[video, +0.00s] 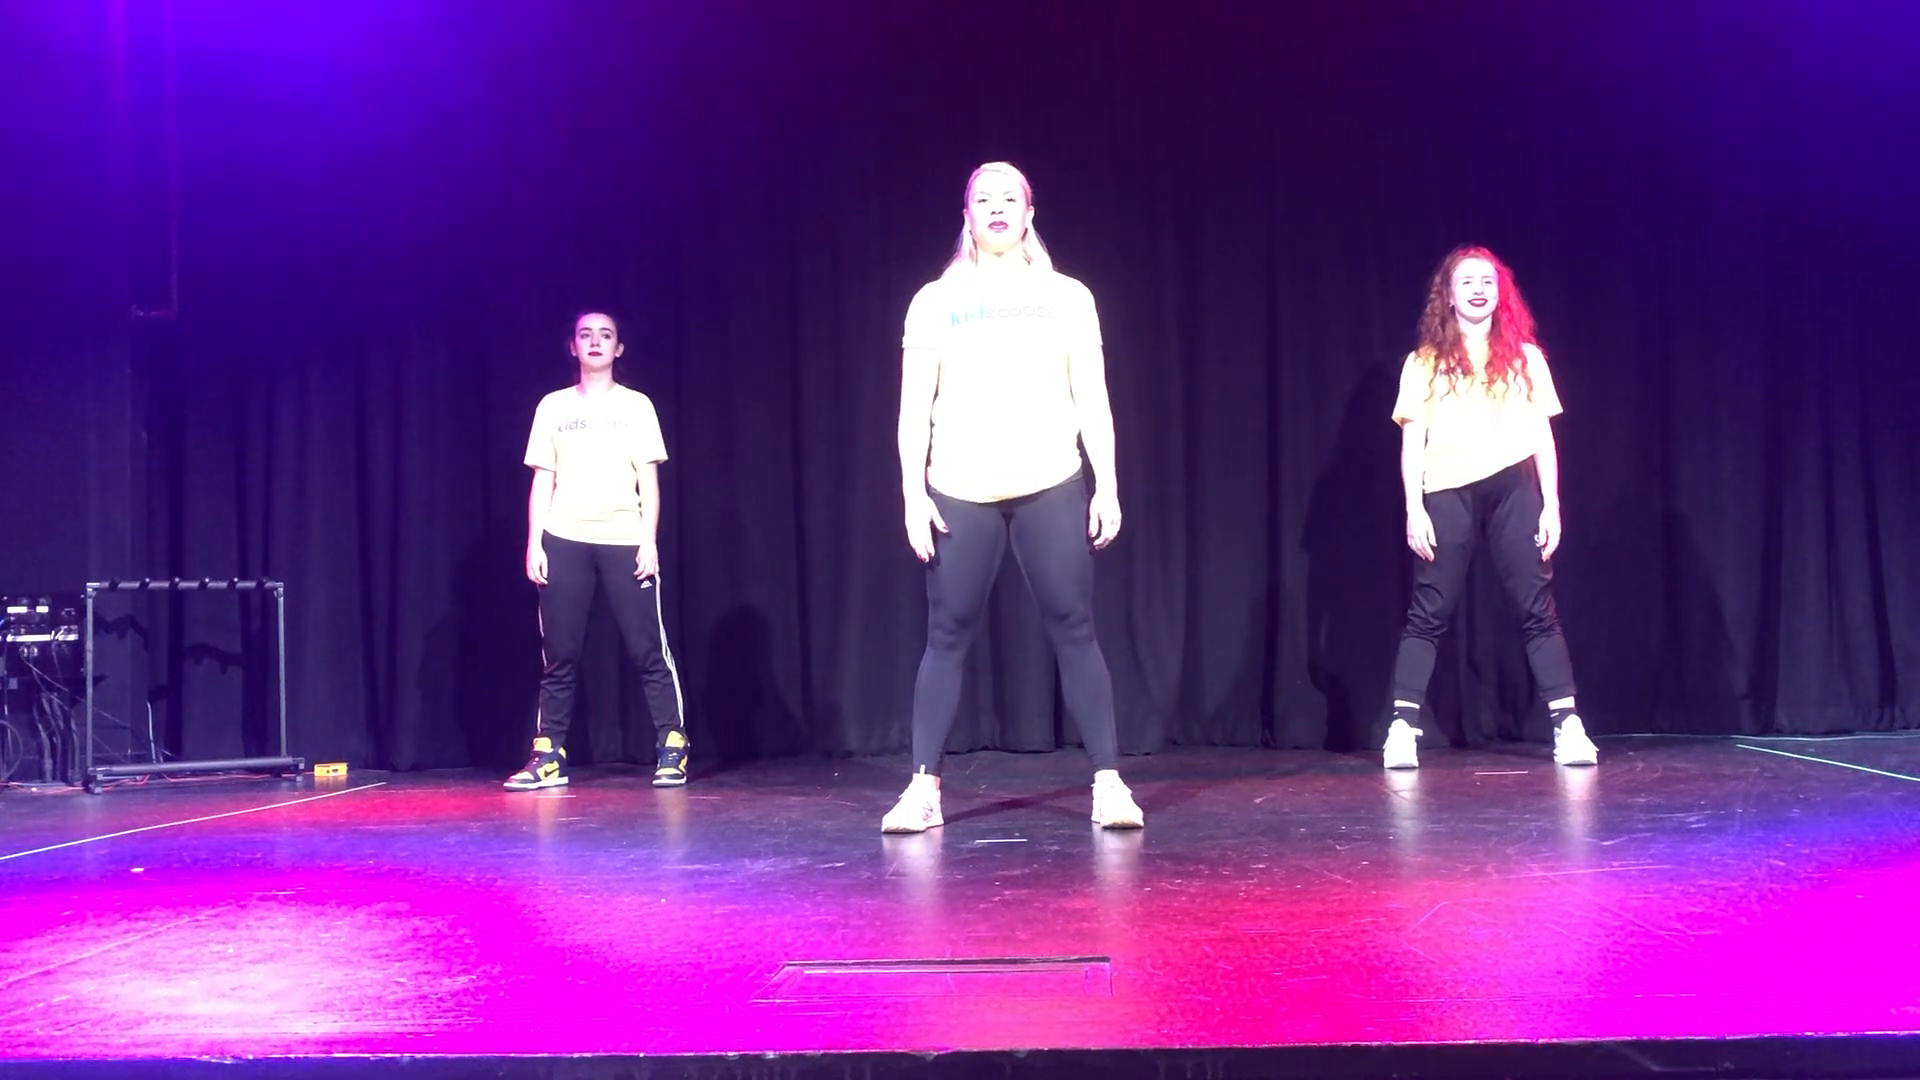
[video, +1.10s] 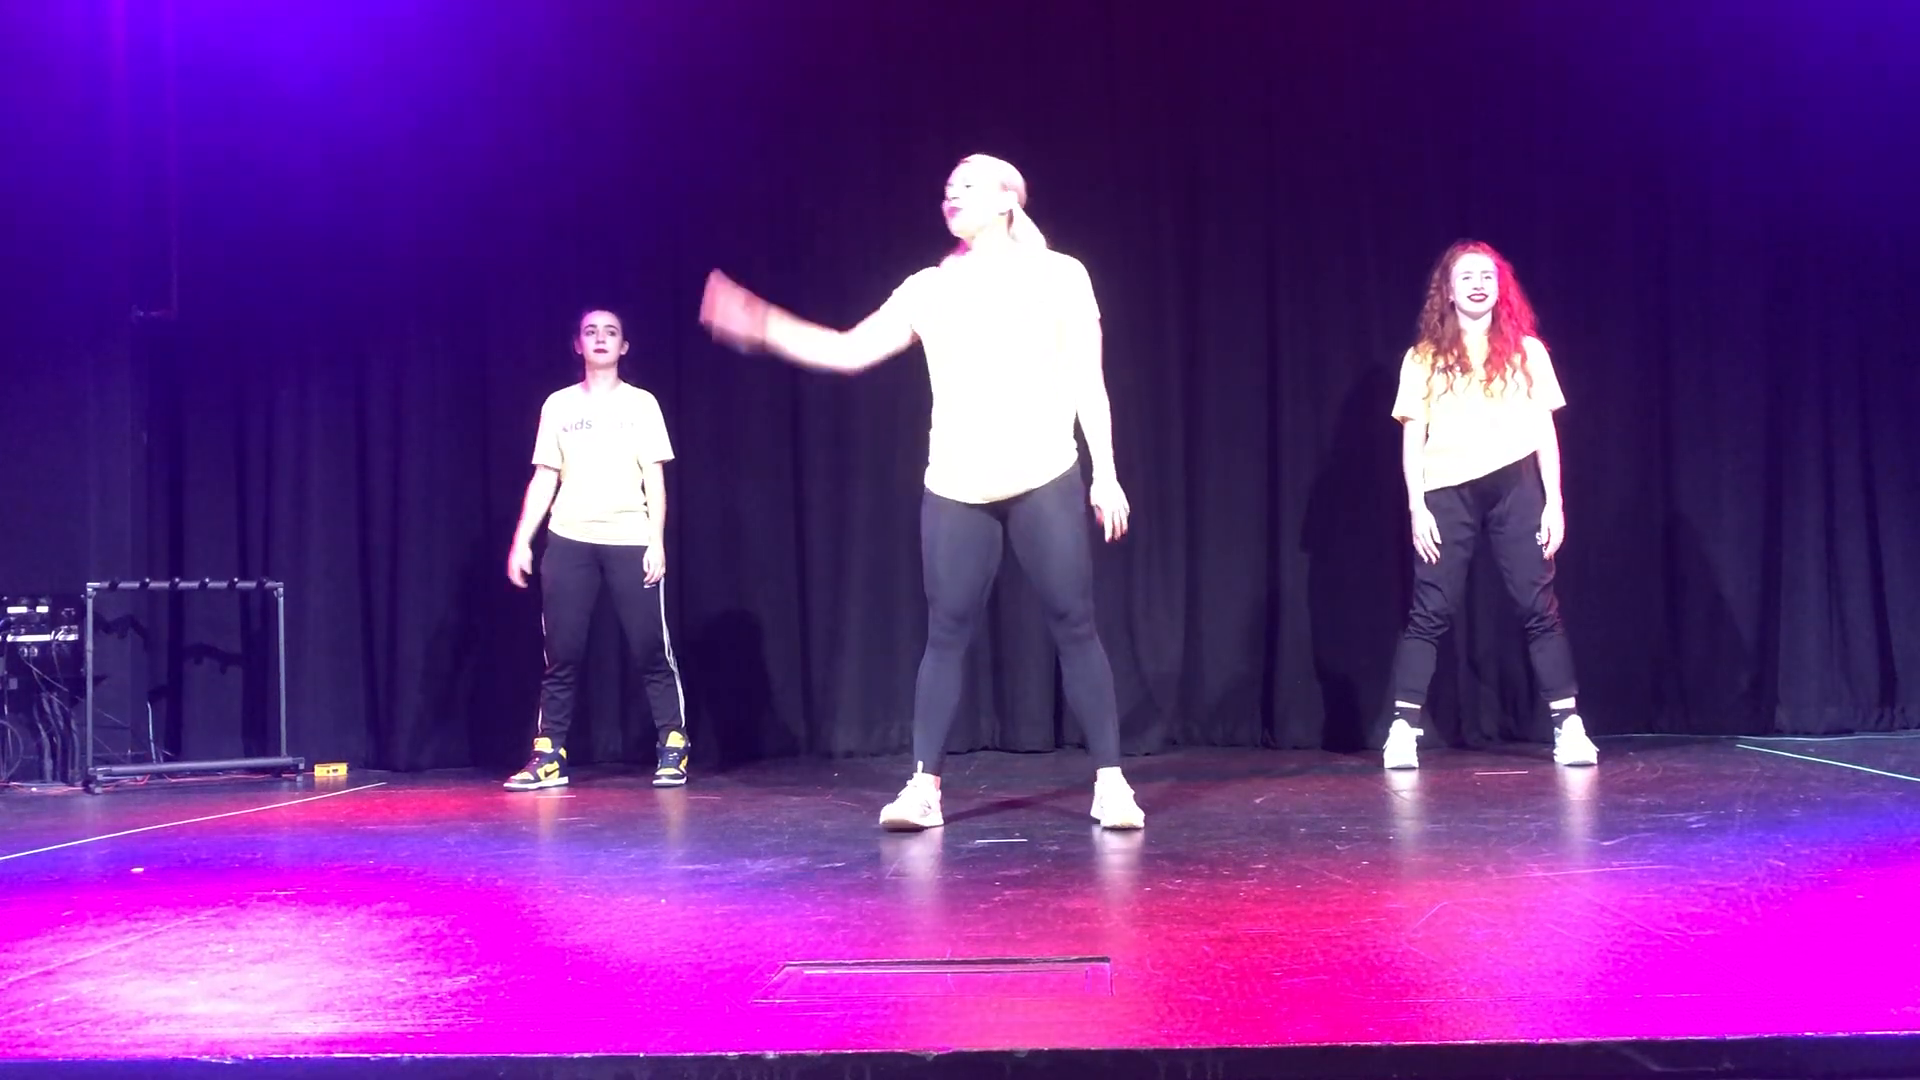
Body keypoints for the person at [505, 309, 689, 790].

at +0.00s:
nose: (595, 342)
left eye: (604, 335)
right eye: (586, 335)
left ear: (618, 348)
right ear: (573, 346)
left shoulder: (637, 405)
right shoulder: (552, 406)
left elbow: (648, 481)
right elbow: (542, 480)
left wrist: (648, 542)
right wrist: (534, 544)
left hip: (625, 543)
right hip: (564, 542)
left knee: (648, 652)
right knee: (558, 655)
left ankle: (672, 747)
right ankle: (549, 756)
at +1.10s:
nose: (600, 339)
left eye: (609, 332)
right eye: (591, 332)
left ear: (623, 345)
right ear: (578, 345)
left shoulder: (642, 403)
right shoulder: (558, 405)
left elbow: (654, 478)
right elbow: (544, 478)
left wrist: (656, 541)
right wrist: (521, 541)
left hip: (631, 541)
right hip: (569, 542)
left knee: (651, 650)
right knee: (560, 655)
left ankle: (673, 748)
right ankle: (550, 756)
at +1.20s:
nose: (582, 338)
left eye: (591, 331)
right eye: (573, 332)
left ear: (610, 345)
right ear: (562, 346)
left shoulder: (632, 399)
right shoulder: (553, 408)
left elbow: (649, 477)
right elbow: (526, 476)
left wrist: (651, 540)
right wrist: (478, 488)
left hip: (626, 538)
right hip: (569, 539)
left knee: (648, 652)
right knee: (558, 653)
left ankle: (672, 746)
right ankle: (550, 756)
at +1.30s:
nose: (549, 342)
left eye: (560, 334)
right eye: (541, 336)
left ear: (583, 347)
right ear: (535, 353)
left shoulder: (608, 398)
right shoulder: (540, 413)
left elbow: (637, 465)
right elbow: (497, 457)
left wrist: (645, 535)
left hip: (625, 541)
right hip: (574, 546)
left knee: (647, 653)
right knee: (556, 653)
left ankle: (673, 746)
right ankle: (549, 757)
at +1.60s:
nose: (486, 371)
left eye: (497, 362)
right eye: (482, 364)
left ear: (524, 373)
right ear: (481, 379)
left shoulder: (546, 415)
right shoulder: (509, 436)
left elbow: (590, 474)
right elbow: (466, 476)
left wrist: (609, 547)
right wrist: (472, 417)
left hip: (619, 541)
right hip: (579, 551)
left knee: (642, 649)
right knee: (555, 651)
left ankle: (696, 746)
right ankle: (549, 757)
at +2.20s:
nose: (535, 361)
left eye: (547, 354)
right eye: (528, 353)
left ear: (566, 368)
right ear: (519, 366)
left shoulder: (589, 411)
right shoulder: (528, 427)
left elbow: (633, 468)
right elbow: (493, 460)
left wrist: (651, 519)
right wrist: (512, 402)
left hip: (626, 552)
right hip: (574, 555)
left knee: (643, 655)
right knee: (544, 649)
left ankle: (707, 745)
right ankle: (548, 759)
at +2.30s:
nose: (565, 372)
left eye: (575, 366)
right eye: (557, 363)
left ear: (588, 382)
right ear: (541, 374)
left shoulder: (610, 426)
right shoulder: (539, 432)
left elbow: (655, 471)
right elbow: (512, 471)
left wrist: (688, 499)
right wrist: (535, 412)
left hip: (631, 564)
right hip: (574, 566)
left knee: (641, 662)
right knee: (536, 657)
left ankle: (703, 747)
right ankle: (548, 759)